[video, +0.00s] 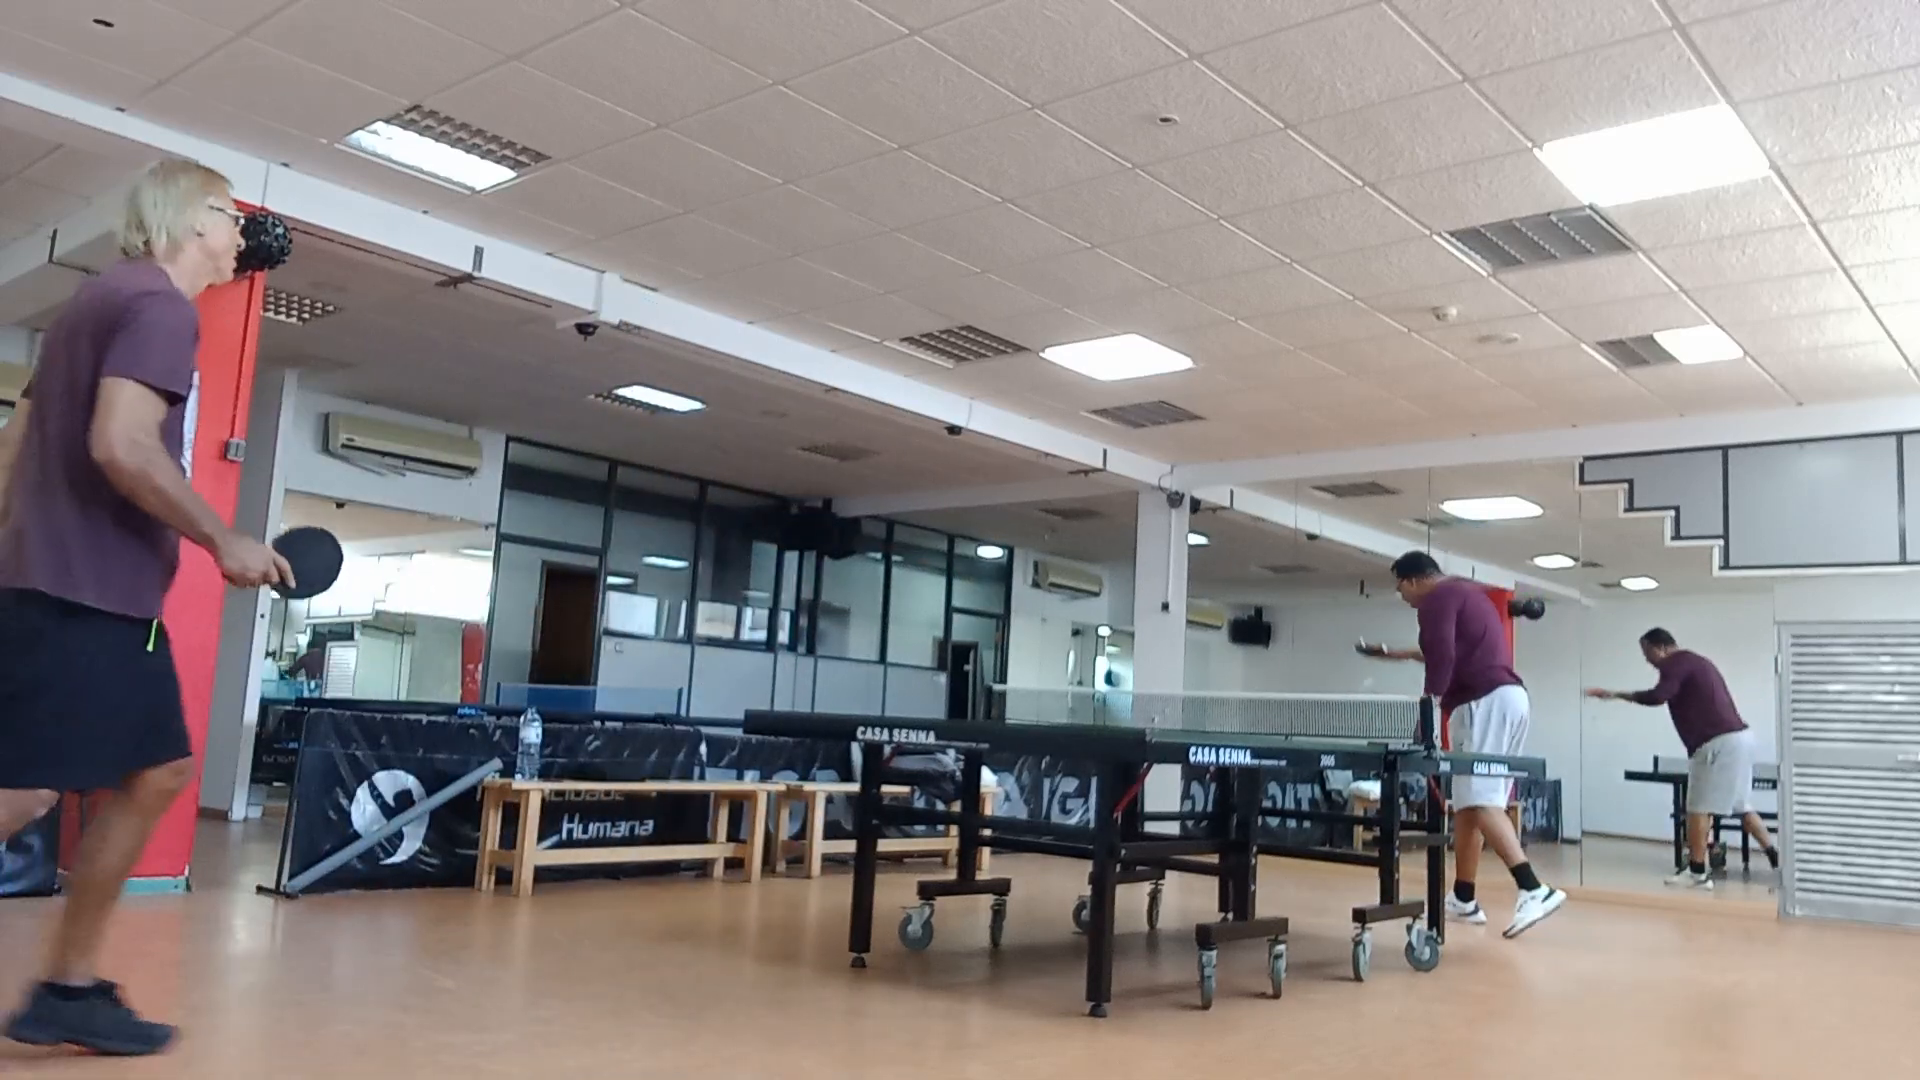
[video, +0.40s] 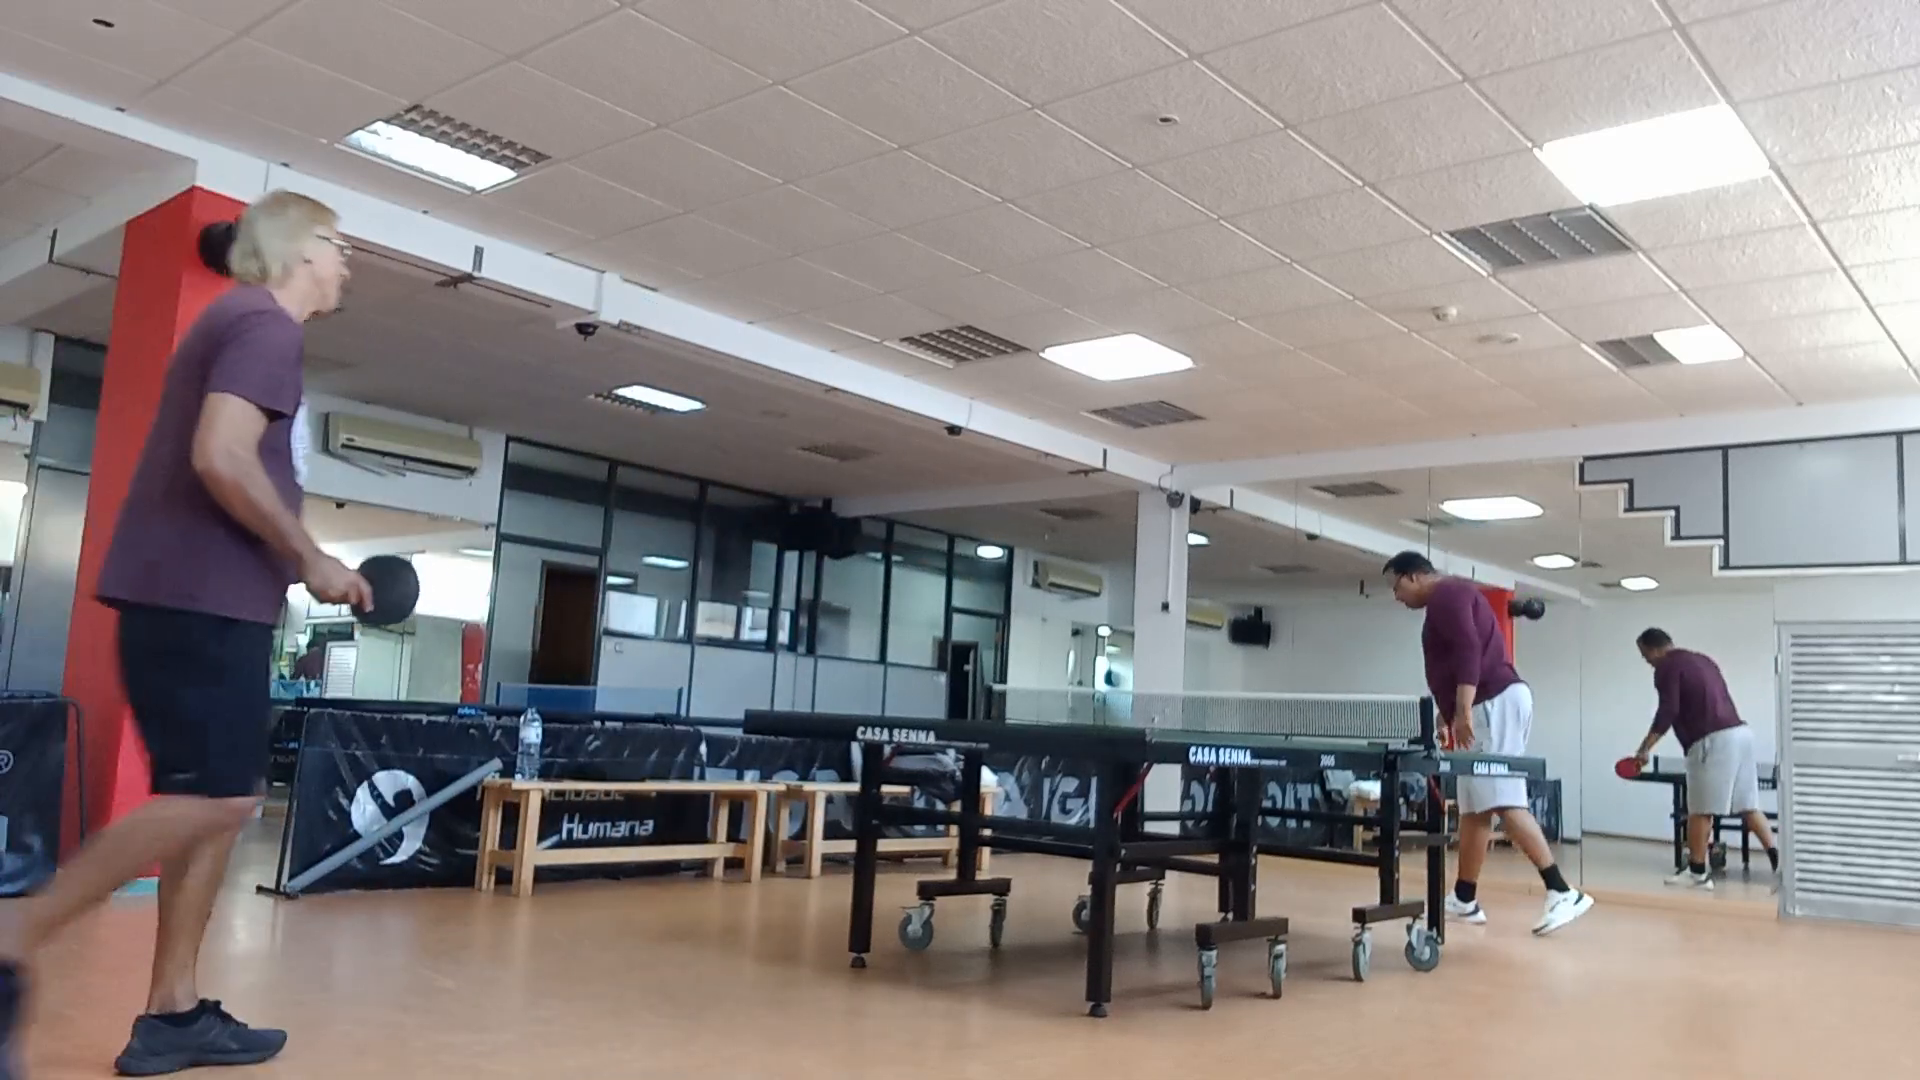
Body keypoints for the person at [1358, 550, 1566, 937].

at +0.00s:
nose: (1403, 598)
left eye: (1401, 590)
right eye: (1400, 591)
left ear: (1412, 580)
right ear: (1429, 575)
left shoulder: (1438, 597)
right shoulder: (1462, 592)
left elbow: (1442, 657)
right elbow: (1446, 654)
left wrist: (1428, 714)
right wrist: (1396, 653)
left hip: (1487, 702)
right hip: (1501, 699)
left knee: (1480, 801)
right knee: (1467, 806)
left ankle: (1534, 891)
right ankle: (1463, 900)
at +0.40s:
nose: (1397, 598)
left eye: (1396, 589)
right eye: (1394, 591)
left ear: (1413, 577)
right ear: (1415, 577)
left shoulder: (1449, 593)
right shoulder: (1442, 603)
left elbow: (1469, 648)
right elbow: (1452, 663)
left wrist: (1463, 709)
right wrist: (1446, 712)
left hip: (1497, 701)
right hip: (1479, 706)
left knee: (1505, 800)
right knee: (1473, 806)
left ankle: (1562, 893)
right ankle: (1464, 900)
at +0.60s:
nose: (1410, 586)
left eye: (1411, 576)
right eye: (1407, 579)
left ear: (1432, 567)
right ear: (1429, 571)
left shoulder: (1474, 593)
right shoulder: (1440, 614)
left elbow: (1505, 648)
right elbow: (1445, 679)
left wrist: (1490, 706)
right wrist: (1421, 723)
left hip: (1510, 707)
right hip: (1477, 715)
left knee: (1519, 804)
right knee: (1474, 810)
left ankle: (1570, 896)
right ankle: (1463, 900)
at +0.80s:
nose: (1431, 570)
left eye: (1435, 560)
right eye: (1429, 564)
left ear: (1461, 558)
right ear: (1448, 564)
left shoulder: (1507, 591)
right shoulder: (1444, 616)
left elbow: (1549, 640)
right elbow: (1418, 658)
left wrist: (1539, 697)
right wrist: (1374, 683)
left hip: (1525, 715)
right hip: (1481, 725)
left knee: (1533, 813)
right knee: (1482, 815)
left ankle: (1568, 901)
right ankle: (1464, 901)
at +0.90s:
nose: (1452, 566)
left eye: (1458, 556)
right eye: (1449, 560)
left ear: (1483, 555)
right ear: (1452, 567)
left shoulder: (1526, 593)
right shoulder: (1452, 612)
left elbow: (1571, 643)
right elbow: (1414, 647)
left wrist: (1575, 707)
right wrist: (1362, 649)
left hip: (1541, 720)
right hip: (1491, 728)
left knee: (1544, 818)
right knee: (1484, 817)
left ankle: (1564, 904)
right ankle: (1466, 900)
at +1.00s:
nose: (1470, 561)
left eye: (1477, 553)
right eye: (1466, 557)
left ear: (1502, 553)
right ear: (1466, 566)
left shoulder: (1546, 594)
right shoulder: (1465, 611)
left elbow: (1591, 647)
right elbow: (1423, 641)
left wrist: (1600, 710)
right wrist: (1386, 627)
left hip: (1556, 722)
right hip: (1502, 729)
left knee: (1558, 821)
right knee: (1485, 816)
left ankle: (1568, 907)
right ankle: (1466, 900)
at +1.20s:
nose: (1511, 550)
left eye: (1518, 541)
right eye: (1504, 546)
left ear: (1540, 545)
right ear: (1499, 556)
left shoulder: (1581, 593)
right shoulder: (1492, 601)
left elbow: (1615, 650)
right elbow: (1466, 656)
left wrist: (1617, 709)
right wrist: (1446, 651)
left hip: (1570, 727)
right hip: (1510, 725)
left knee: (1569, 820)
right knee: (1490, 809)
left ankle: (1569, 908)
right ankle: (1495, 903)